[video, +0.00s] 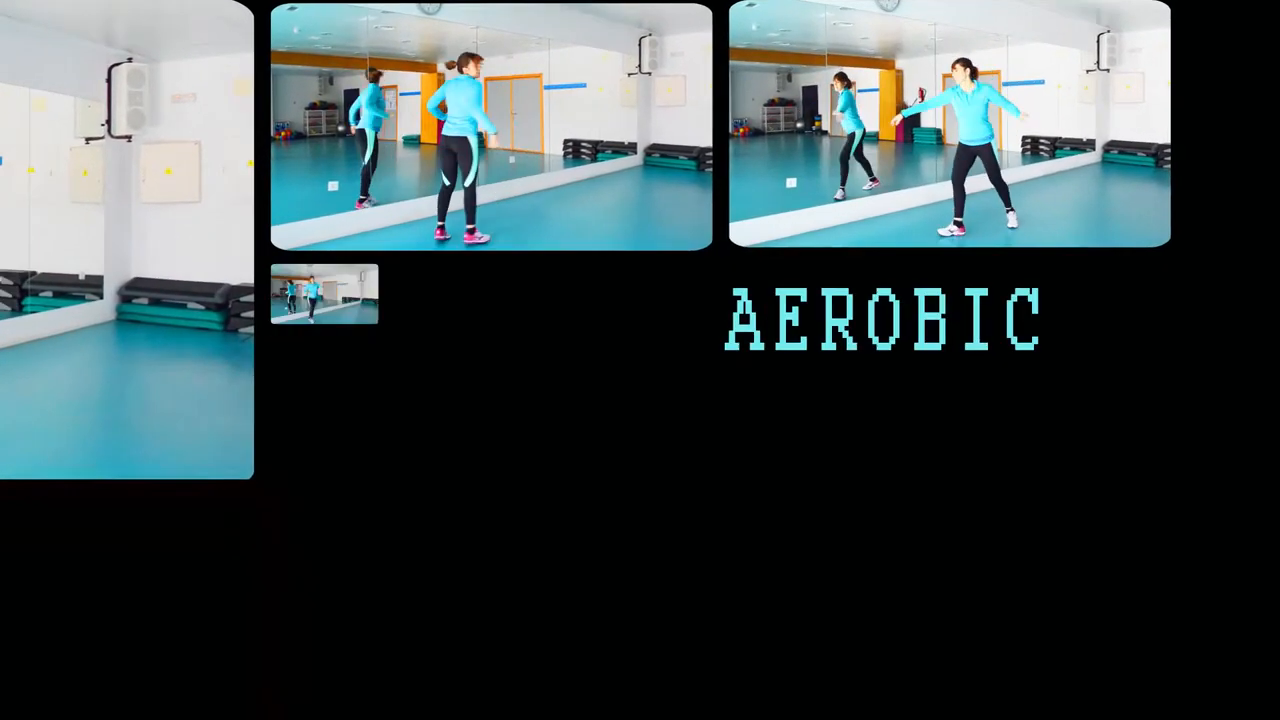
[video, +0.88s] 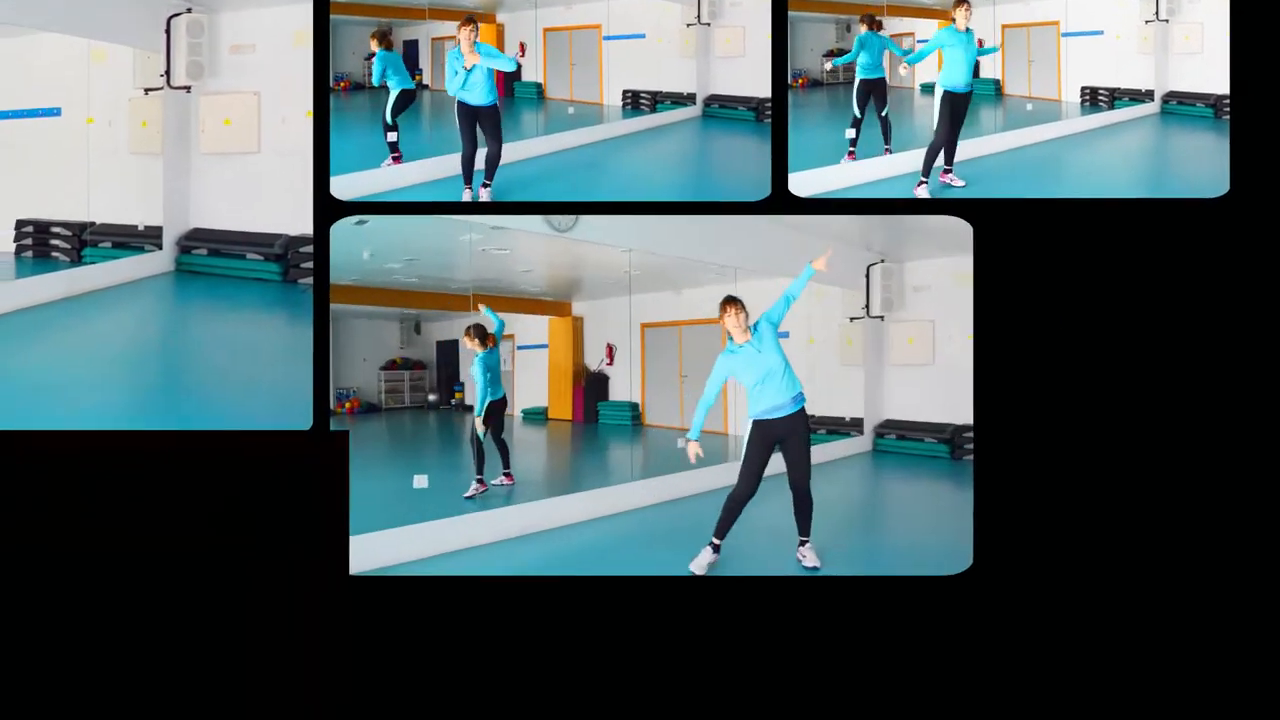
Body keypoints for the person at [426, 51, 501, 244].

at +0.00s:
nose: (479, 68)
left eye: (479, 65)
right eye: (477, 65)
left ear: (462, 68)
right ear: (465, 67)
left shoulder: (449, 84)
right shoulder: (474, 85)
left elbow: (431, 106)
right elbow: (474, 109)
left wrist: (446, 118)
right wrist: (491, 130)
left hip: (447, 137)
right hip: (465, 138)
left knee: (447, 183)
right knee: (469, 184)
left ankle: (440, 228)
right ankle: (471, 231)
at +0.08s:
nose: (478, 60)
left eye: (478, 57)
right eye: (474, 57)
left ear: (466, 61)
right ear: (465, 60)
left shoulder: (456, 76)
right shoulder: (467, 75)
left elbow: (438, 97)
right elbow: (455, 99)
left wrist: (451, 111)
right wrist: (462, 125)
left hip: (449, 129)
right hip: (460, 129)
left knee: (451, 176)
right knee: (464, 176)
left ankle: (442, 220)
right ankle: (454, 225)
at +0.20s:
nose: (475, 51)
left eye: (476, 47)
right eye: (471, 47)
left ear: (477, 51)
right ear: (462, 51)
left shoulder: (471, 72)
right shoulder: (455, 70)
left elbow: (469, 87)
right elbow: (433, 88)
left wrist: (479, 89)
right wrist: (422, 107)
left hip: (465, 124)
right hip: (454, 123)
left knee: (457, 168)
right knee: (455, 168)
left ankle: (445, 209)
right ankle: (434, 216)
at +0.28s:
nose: (472, 46)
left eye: (474, 43)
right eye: (468, 42)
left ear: (477, 46)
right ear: (460, 46)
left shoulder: (476, 68)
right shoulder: (451, 66)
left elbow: (478, 86)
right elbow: (430, 83)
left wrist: (494, 83)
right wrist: (413, 96)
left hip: (470, 123)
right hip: (453, 122)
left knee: (459, 166)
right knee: (449, 168)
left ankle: (450, 204)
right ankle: (429, 214)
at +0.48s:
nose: (468, 34)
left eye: (471, 31)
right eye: (464, 31)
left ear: (475, 35)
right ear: (457, 34)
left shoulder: (482, 58)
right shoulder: (446, 56)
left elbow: (501, 73)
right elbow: (430, 83)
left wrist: (518, 65)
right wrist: (423, 77)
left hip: (470, 116)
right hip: (447, 115)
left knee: (474, 160)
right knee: (447, 160)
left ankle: (466, 192)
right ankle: (438, 206)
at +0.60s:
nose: (468, 30)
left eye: (471, 26)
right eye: (464, 26)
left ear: (476, 30)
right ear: (458, 29)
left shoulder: (482, 51)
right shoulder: (447, 50)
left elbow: (508, 68)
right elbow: (434, 80)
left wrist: (491, 53)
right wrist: (447, 61)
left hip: (474, 109)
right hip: (450, 109)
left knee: (485, 151)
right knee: (452, 155)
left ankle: (473, 185)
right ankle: (447, 199)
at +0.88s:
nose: (468, 34)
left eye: (472, 31)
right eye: (465, 30)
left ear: (477, 34)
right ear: (459, 33)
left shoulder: (485, 50)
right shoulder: (453, 55)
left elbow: (511, 65)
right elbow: (451, 90)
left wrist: (481, 59)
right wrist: (465, 68)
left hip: (488, 105)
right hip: (465, 105)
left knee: (495, 147)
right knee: (469, 148)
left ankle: (486, 187)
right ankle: (467, 188)